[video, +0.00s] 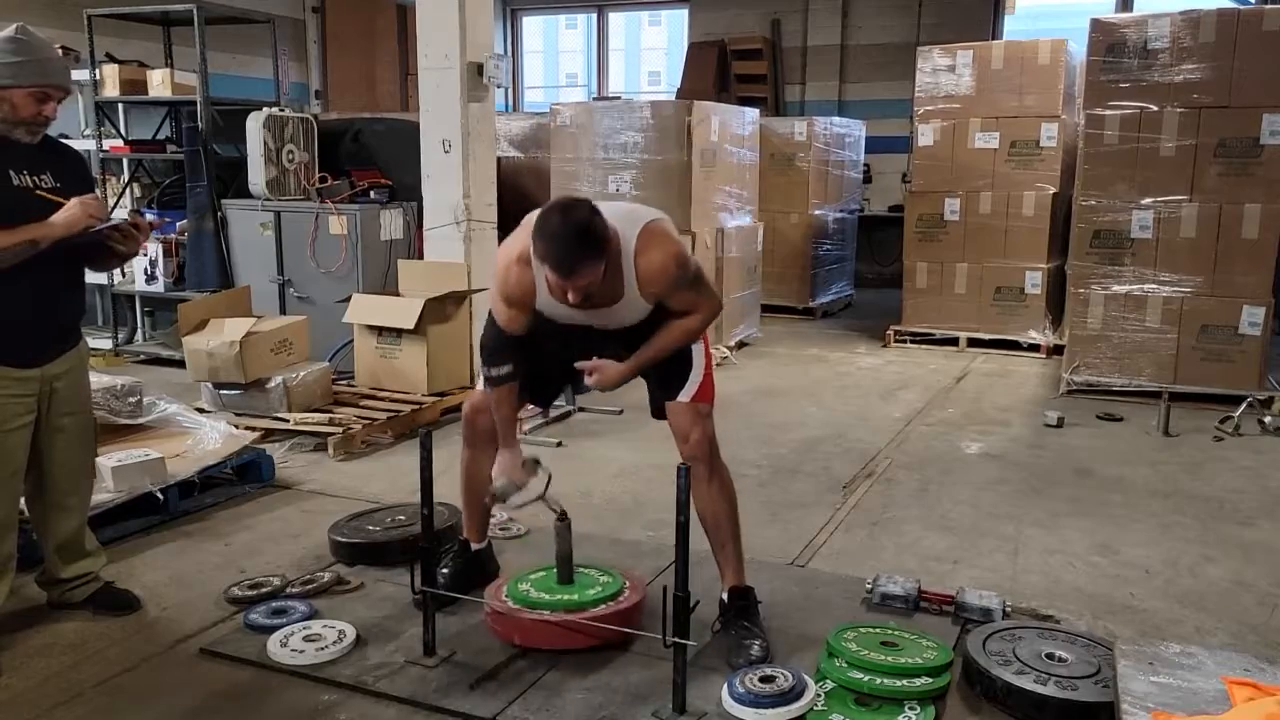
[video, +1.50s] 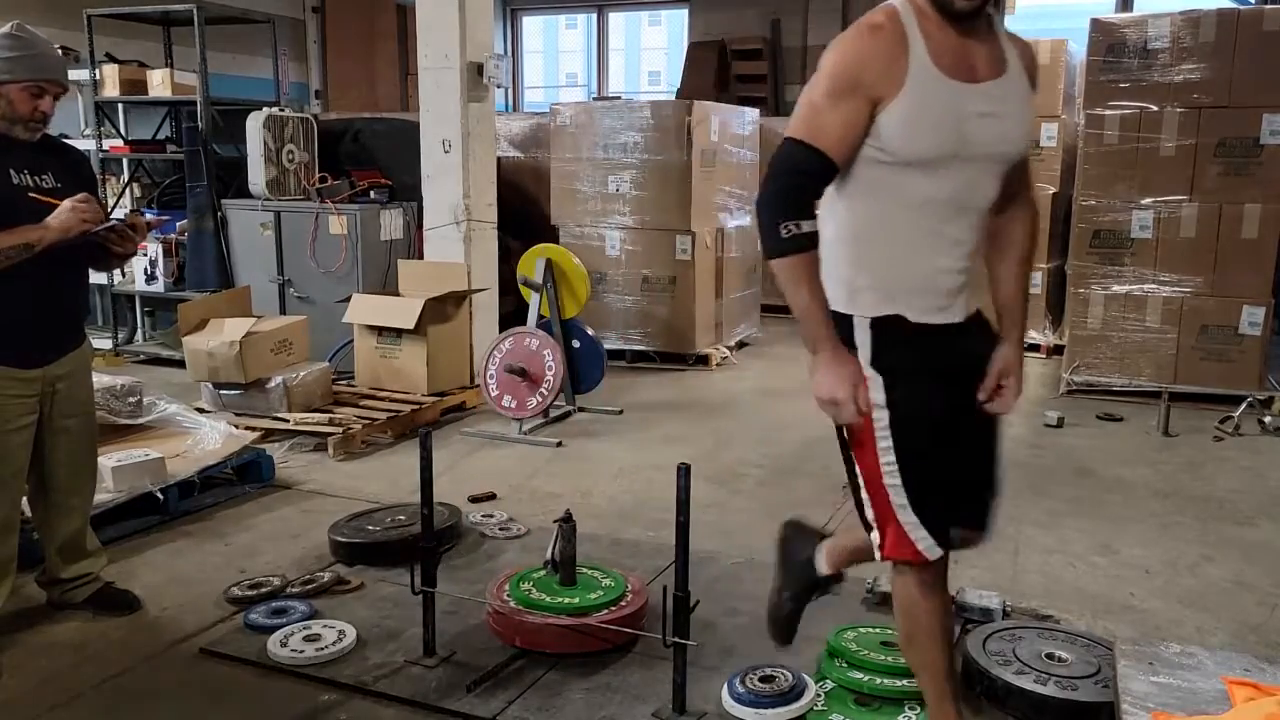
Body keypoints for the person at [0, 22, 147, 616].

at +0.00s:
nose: (52, 110)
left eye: (58, 99)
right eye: (43, 98)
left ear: (58, 96)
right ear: (5, 90)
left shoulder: (67, 161)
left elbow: (78, 253)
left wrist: (117, 249)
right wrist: (49, 228)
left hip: (64, 350)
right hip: (5, 359)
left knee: (68, 475)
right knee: (7, 490)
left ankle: (73, 580)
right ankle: (1, 597)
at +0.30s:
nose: (65, 112)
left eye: (69, 100)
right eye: (54, 101)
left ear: (65, 97)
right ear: (13, 95)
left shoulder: (71, 162)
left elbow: (82, 252)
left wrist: (119, 251)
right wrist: (50, 231)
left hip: (66, 351)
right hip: (6, 360)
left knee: (69, 475)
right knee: (7, 491)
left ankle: (73, 580)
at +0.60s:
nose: (60, 113)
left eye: (66, 101)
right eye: (49, 100)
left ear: (67, 98)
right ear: (10, 92)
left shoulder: (72, 161)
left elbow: (85, 253)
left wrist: (120, 251)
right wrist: (53, 232)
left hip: (67, 352)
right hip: (7, 360)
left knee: (70, 477)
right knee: (7, 492)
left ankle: (74, 581)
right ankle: (1, 599)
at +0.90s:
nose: (56, 110)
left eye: (62, 99)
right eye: (45, 97)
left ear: (64, 97)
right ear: (7, 91)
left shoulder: (72, 161)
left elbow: (88, 254)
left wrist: (121, 251)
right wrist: (52, 232)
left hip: (68, 351)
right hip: (6, 360)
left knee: (70, 476)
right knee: (6, 491)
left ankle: (73, 580)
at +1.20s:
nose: (52, 109)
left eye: (59, 98)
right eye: (41, 96)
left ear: (64, 95)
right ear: (5, 89)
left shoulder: (70, 160)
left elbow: (86, 253)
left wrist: (118, 249)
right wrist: (52, 232)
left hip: (68, 350)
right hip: (7, 359)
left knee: (70, 475)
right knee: (7, 491)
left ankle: (73, 580)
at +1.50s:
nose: (47, 107)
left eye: (55, 96)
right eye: (36, 93)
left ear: (61, 95)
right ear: (1, 85)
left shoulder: (69, 160)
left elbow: (87, 250)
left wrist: (118, 248)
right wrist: (47, 231)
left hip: (67, 350)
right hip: (6, 359)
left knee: (70, 476)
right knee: (6, 492)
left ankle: (73, 579)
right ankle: (1, 599)